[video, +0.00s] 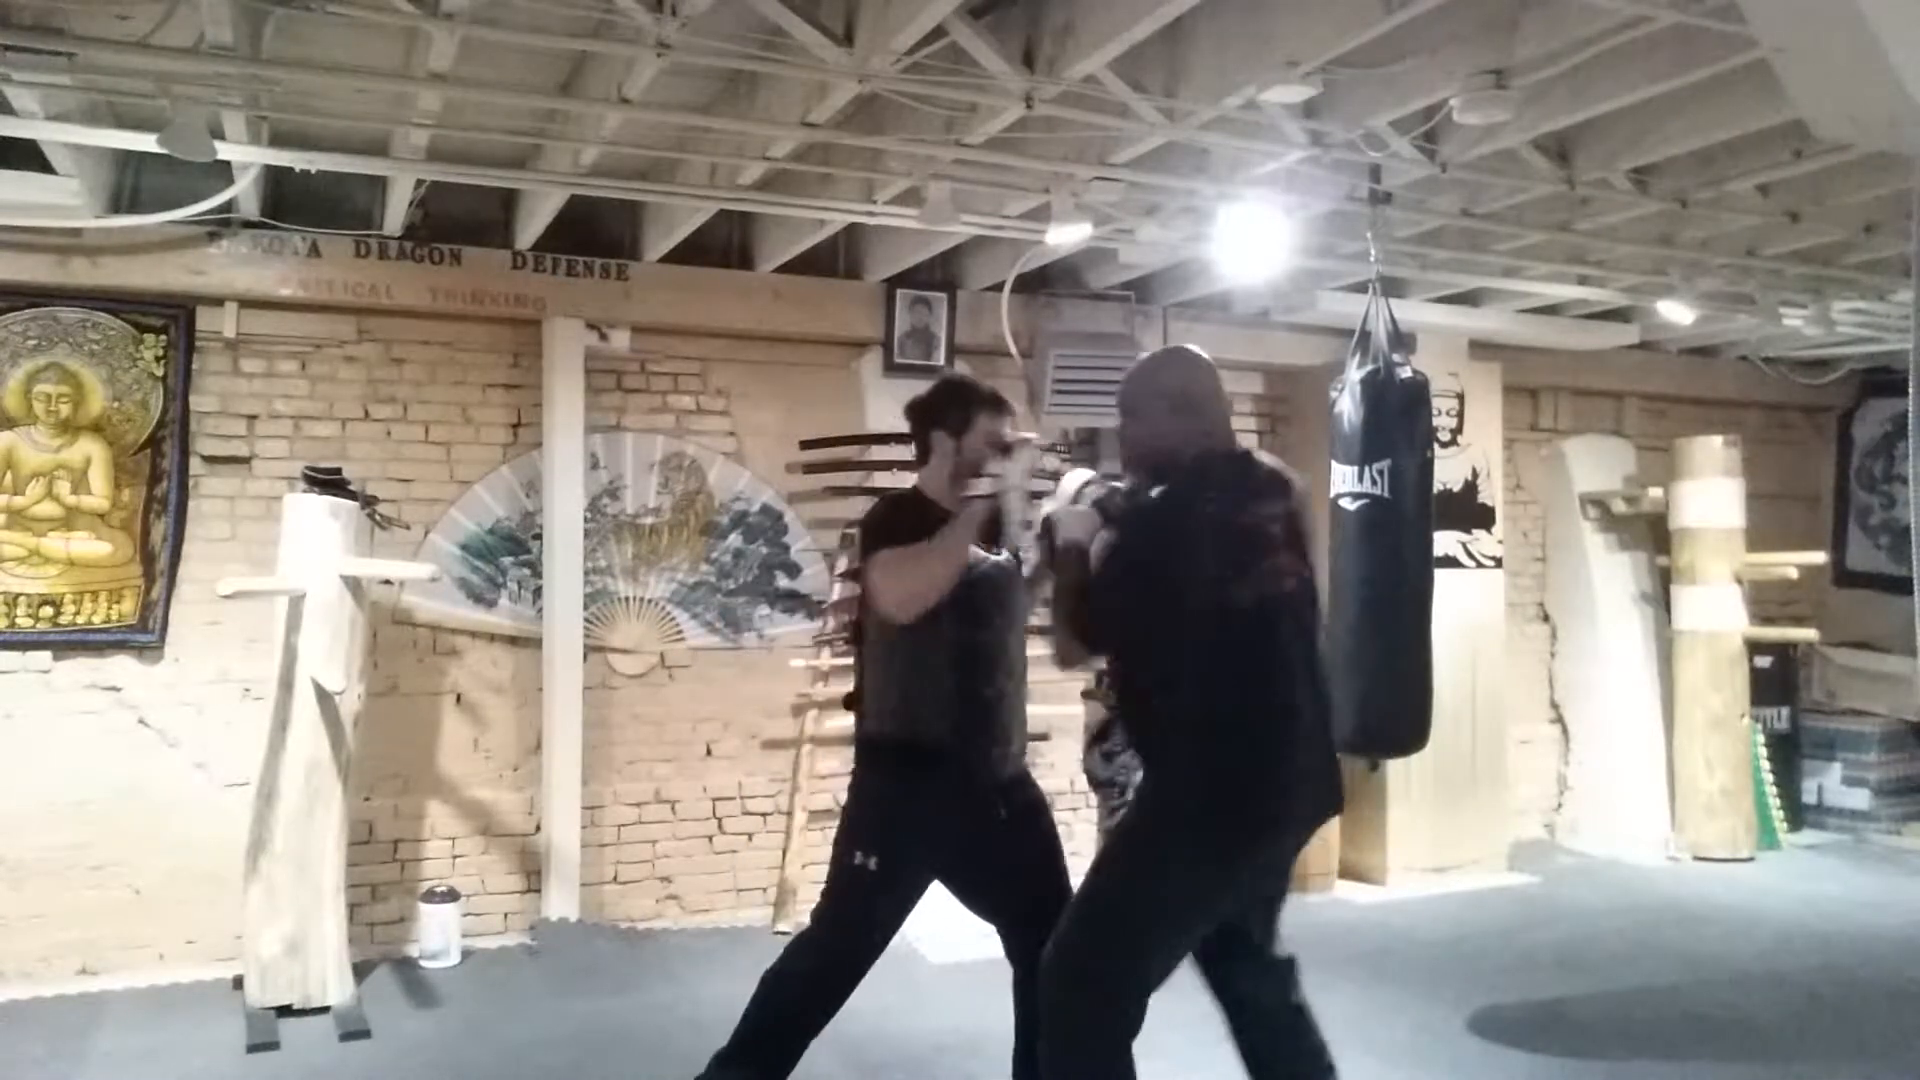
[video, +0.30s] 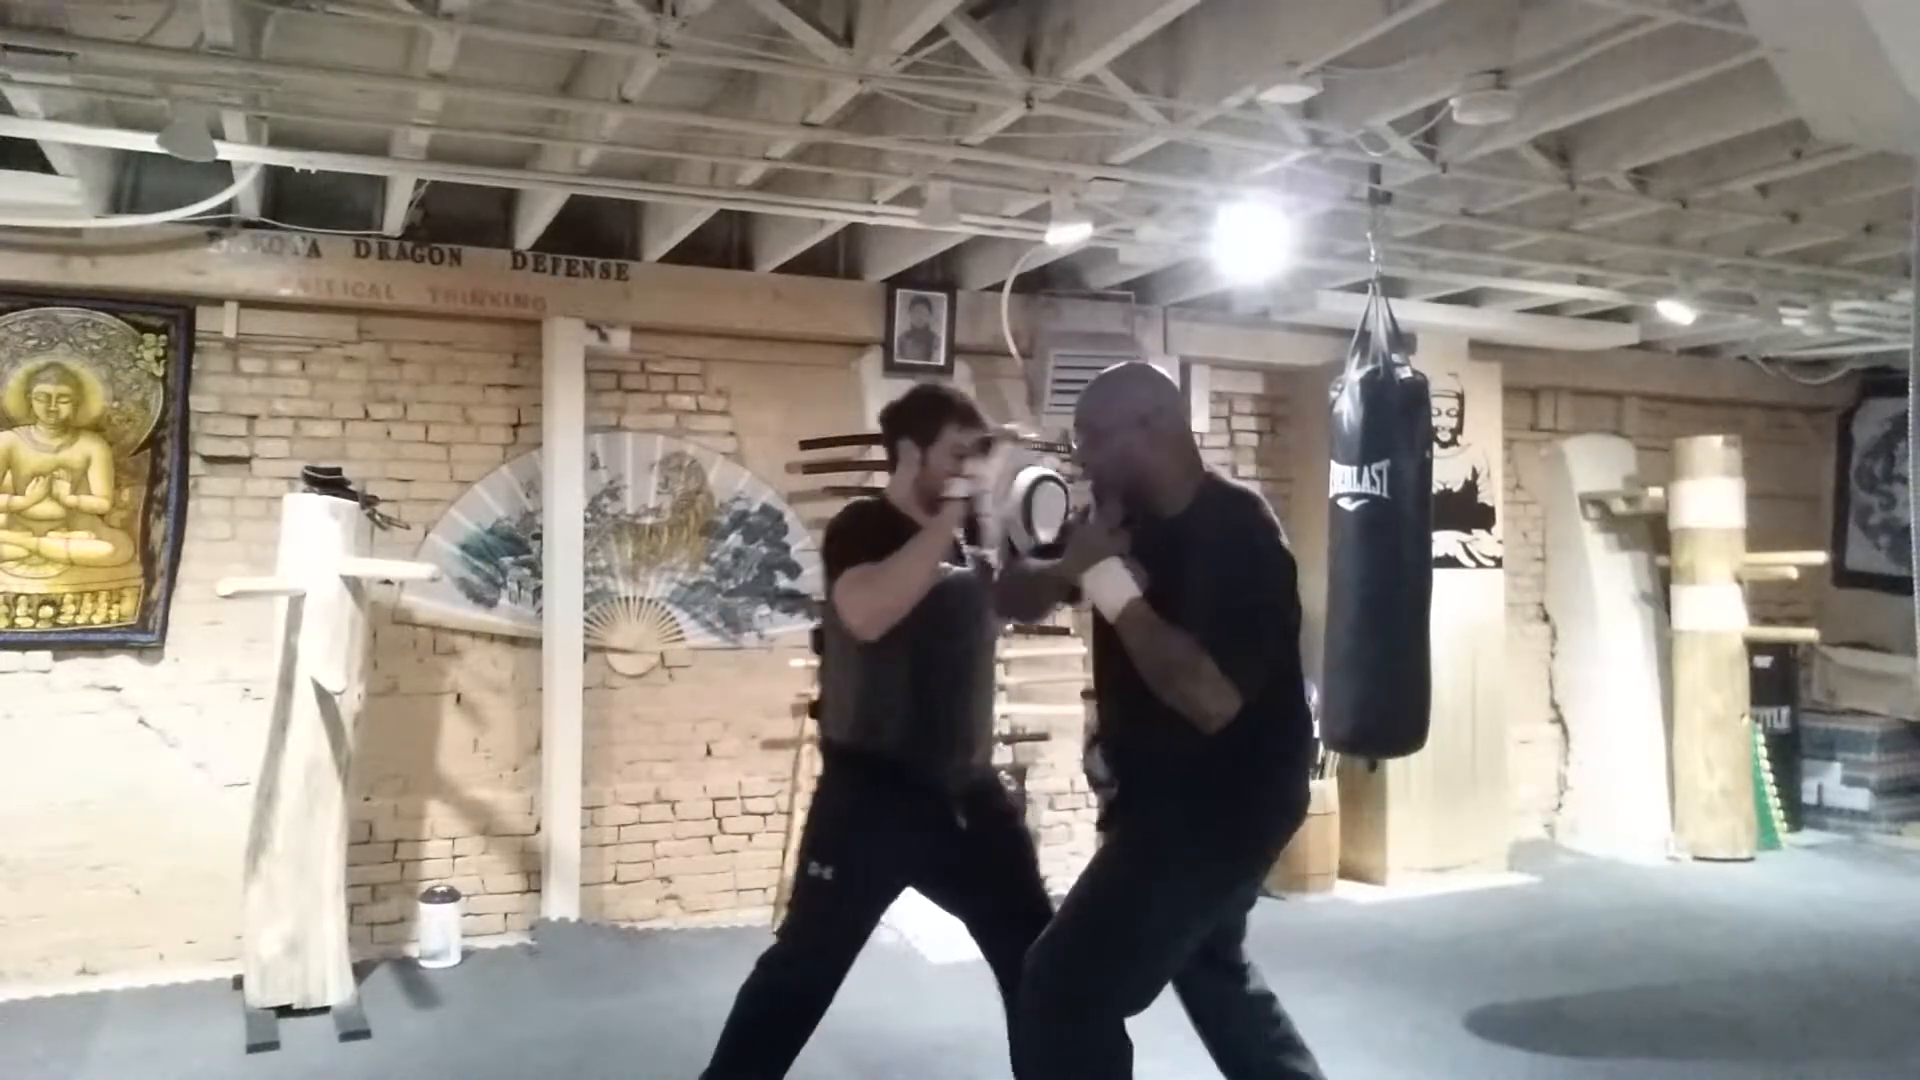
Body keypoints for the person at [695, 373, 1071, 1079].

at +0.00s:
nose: (1002, 459)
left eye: (1006, 446)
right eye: (992, 443)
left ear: (997, 453)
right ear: (943, 441)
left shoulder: (999, 533)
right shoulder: (897, 517)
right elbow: (898, 596)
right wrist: (980, 505)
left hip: (998, 788)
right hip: (904, 789)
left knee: (1054, 957)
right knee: (830, 959)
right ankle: (732, 1076)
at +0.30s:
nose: (972, 467)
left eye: (978, 454)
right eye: (959, 451)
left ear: (980, 462)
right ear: (908, 452)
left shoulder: (970, 540)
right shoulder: (861, 527)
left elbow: (1023, 599)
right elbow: (864, 613)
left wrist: (1073, 543)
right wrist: (951, 520)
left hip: (967, 796)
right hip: (868, 798)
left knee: (1040, 971)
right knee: (801, 974)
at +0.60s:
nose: (942, 470)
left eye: (955, 457)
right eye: (936, 451)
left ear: (957, 461)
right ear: (888, 441)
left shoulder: (946, 532)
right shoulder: (822, 515)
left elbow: (1000, 611)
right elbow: (807, 617)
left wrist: (1010, 514)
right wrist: (903, 521)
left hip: (940, 783)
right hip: (837, 783)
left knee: (1003, 941)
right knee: (775, 966)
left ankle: (1014, 1078)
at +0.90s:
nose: (967, 487)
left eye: (970, 471)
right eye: (957, 469)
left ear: (914, 466)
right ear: (904, 462)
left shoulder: (944, 550)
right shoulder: (830, 532)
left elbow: (961, 651)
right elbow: (820, 650)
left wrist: (1015, 598)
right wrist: (940, 578)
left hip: (940, 800)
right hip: (839, 802)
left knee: (1002, 963)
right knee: (773, 977)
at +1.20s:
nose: (898, 455)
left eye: (899, 440)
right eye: (888, 438)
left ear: (849, 440)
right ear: (831, 436)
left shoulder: (877, 529)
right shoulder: (758, 519)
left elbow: (899, 619)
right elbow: (750, 640)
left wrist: (960, 603)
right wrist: (880, 590)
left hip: (879, 790)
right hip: (777, 793)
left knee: (929, 983)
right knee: (726, 981)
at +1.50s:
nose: (900, 429)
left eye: (898, 414)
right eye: (883, 414)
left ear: (849, 426)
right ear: (829, 422)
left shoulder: (887, 516)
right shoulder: (772, 511)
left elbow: (919, 609)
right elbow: (752, 630)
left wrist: (973, 574)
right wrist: (876, 583)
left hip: (893, 778)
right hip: (794, 779)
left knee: (915, 968)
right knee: (740, 968)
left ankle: (913, 1078)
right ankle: (691, 1078)